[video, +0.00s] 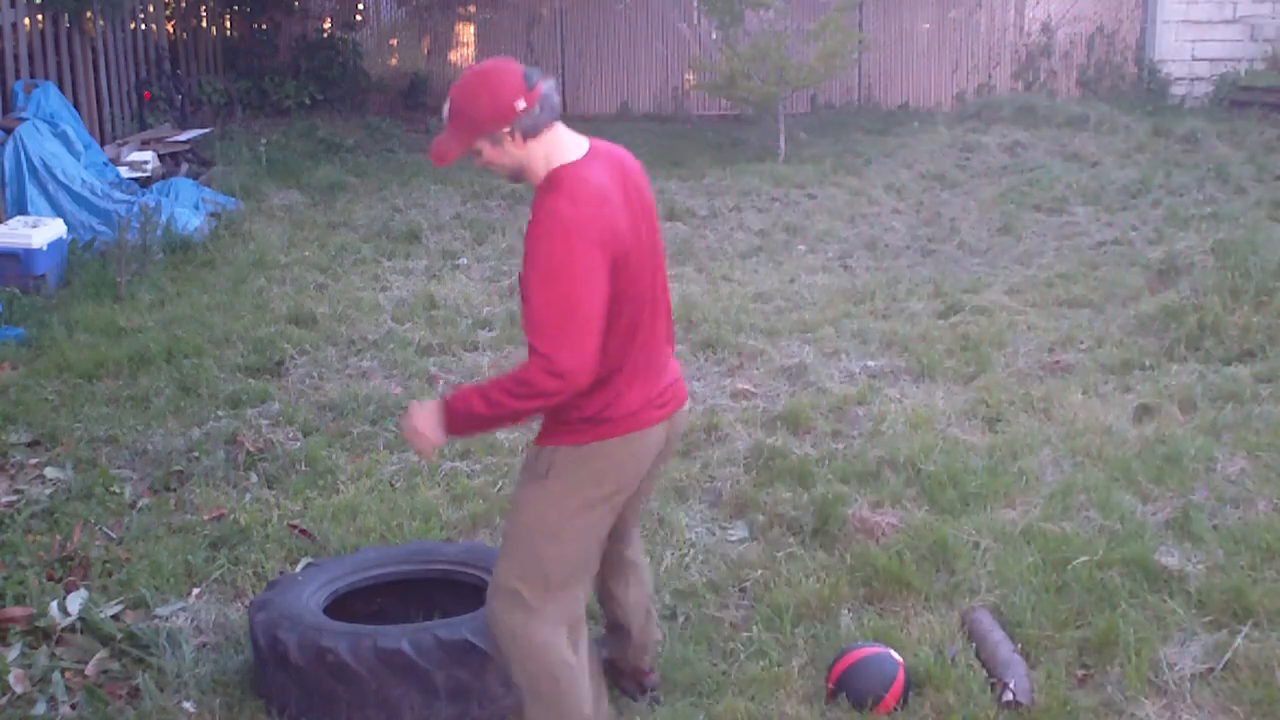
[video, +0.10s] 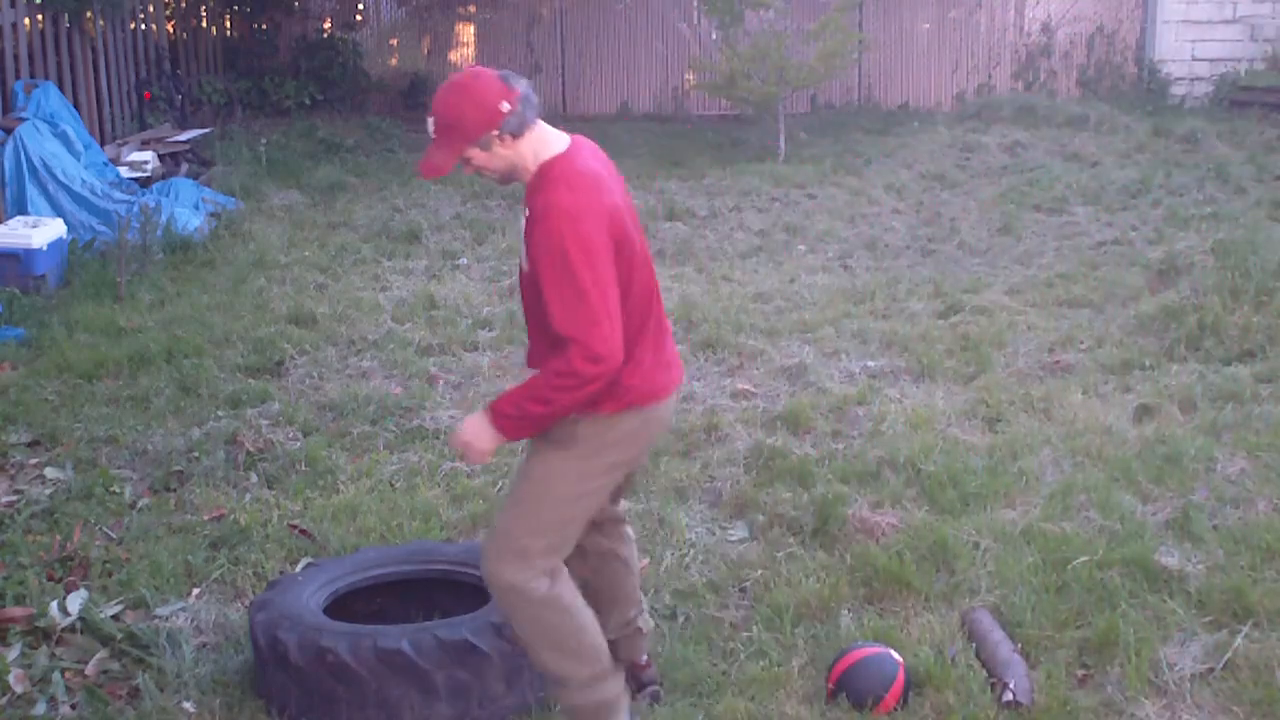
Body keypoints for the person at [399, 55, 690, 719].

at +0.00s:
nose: (480, 162)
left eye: (479, 149)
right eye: (474, 151)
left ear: (510, 135)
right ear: (536, 116)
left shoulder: (565, 211)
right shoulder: (618, 162)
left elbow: (562, 369)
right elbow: (635, 294)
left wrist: (449, 414)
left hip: (599, 432)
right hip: (655, 407)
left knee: (527, 603)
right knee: (615, 545)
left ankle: (571, 709)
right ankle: (635, 667)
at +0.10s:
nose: (470, 169)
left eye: (470, 156)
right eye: (462, 159)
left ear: (505, 134)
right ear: (516, 124)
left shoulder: (562, 205)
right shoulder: (580, 156)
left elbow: (595, 355)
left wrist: (497, 421)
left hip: (613, 403)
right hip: (639, 382)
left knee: (518, 559)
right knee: (593, 518)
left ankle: (599, 704)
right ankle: (628, 661)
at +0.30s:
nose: (440, 176)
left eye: (441, 165)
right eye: (433, 168)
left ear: (473, 140)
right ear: (472, 132)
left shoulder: (562, 195)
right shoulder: (501, 170)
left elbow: (601, 332)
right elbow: (505, 277)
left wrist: (534, 422)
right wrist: (502, 376)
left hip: (618, 378)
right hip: (564, 369)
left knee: (574, 536)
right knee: (550, 487)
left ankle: (596, 688)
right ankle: (625, 593)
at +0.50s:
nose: (423, 265)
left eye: (423, 254)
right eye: (414, 257)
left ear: (445, 223)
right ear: (437, 219)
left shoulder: (541, 257)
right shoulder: (455, 239)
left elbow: (600, 382)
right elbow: (465, 334)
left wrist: (544, 466)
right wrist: (470, 424)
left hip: (623, 373)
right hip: (549, 366)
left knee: (582, 521)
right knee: (518, 468)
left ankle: (598, 686)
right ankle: (527, 597)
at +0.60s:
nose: (416, 321)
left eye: (416, 311)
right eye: (410, 315)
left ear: (437, 283)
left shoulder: (533, 298)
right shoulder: (439, 287)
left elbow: (602, 404)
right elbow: (446, 383)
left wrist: (544, 485)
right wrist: (459, 475)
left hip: (620, 386)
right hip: (540, 385)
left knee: (581, 516)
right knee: (496, 485)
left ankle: (598, 684)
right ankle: (523, 610)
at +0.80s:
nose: (416, 413)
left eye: (414, 404)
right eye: (406, 408)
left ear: (431, 372)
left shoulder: (520, 360)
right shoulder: (419, 361)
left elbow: (607, 429)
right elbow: (436, 448)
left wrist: (534, 492)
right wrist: (452, 537)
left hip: (619, 394)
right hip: (518, 407)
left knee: (584, 511)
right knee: (461, 505)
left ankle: (598, 682)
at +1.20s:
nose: (483, 367)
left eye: (493, 352)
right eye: (475, 353)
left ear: (523, 322)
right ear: (454, 313)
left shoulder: (591, 323)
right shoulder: (457, 308)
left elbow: (631, 427)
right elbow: (446, 393)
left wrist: (560, 501)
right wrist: (443, 485)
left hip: (635, 390)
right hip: (549, 387)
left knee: (612, 519)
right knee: (499, 503)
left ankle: (605, 680)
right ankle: (489, 645)